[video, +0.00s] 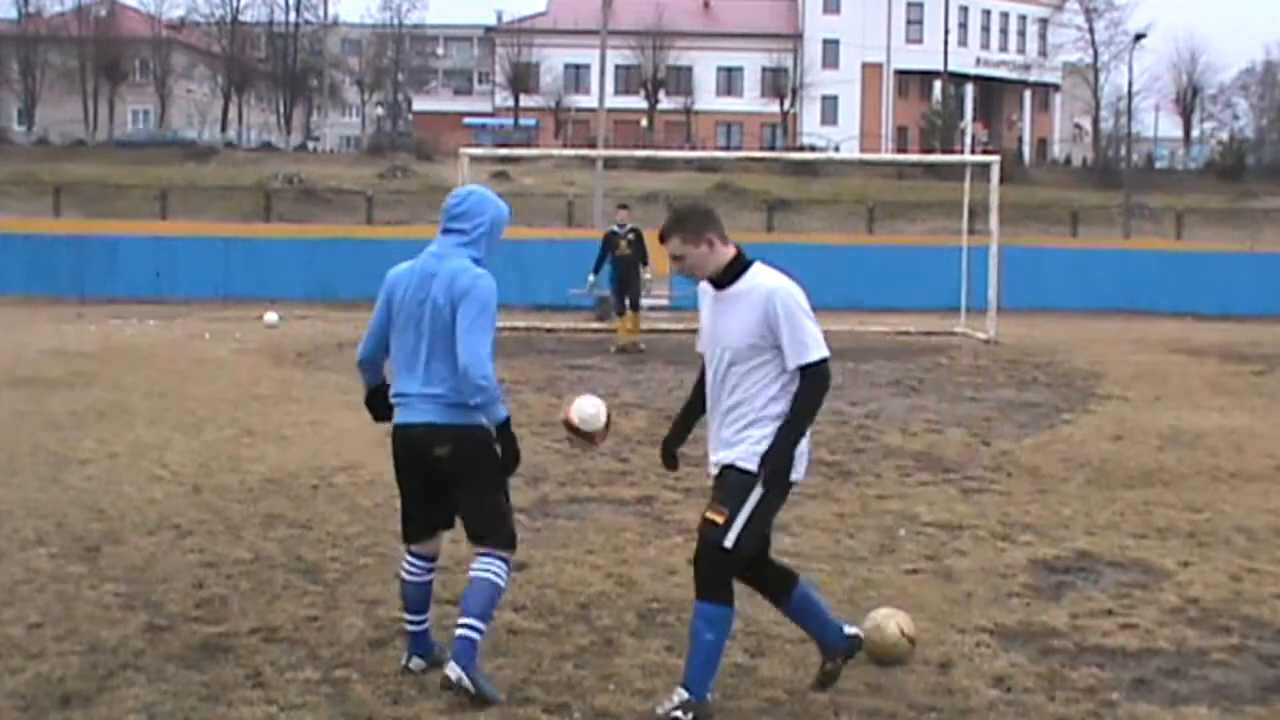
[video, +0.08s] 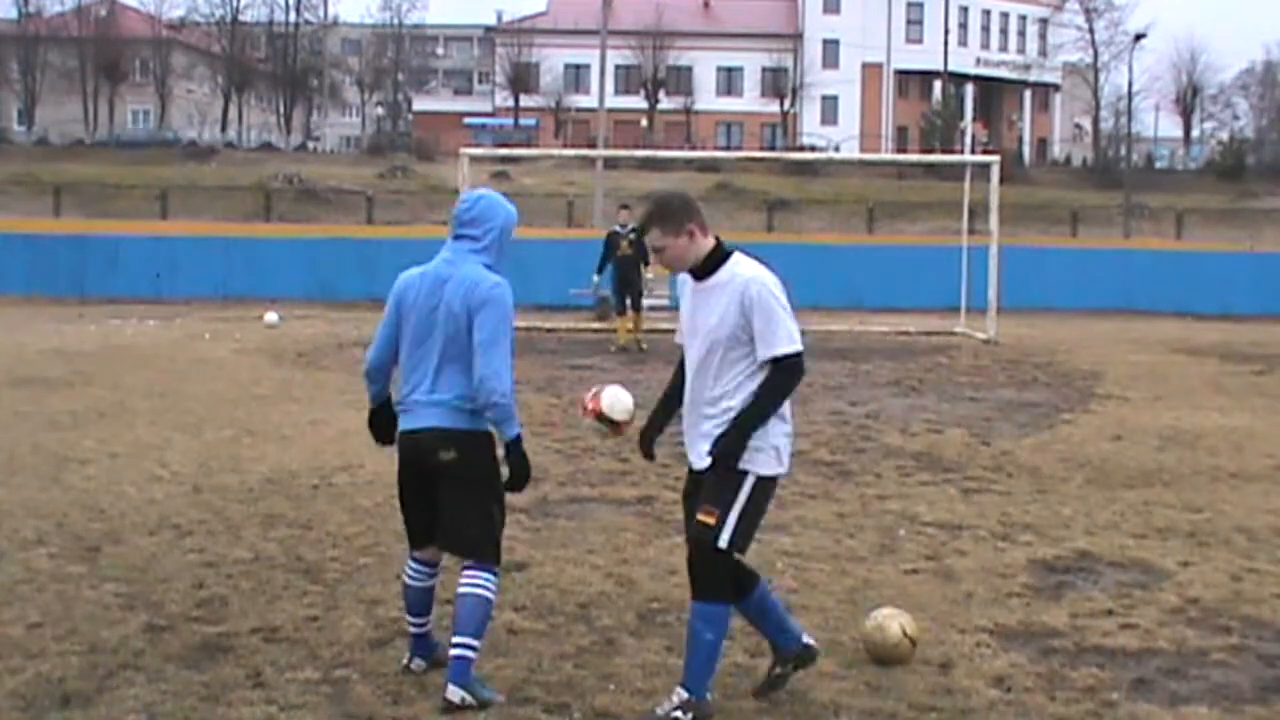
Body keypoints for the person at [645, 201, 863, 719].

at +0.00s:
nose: (680, 267)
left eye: (682, 256)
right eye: (675, 259)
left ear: (713, 242)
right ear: (702, 248)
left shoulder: (776, 292)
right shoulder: (709, 292)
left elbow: (817, 374)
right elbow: (713, 369)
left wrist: (781, 452)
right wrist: (678, 432)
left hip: (763, 456)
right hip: (729, 455)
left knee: (711, 558)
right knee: (750, 563)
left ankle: (693, 697)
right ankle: (836, 639)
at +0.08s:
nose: (657, 261)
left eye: (661, 249)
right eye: (653, 252)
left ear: (694, 234)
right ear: (687, 240)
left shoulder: (755, 284)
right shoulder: (690, 285)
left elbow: (789, 368)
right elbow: (691, 361)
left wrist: (733, 436)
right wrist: (656, 422)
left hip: (749, 450)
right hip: (705, 448)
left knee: (711, 558)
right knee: (708, 557)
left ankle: (693, 697)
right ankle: (792, 645)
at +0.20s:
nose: (631, 250)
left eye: (635, 237)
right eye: (626, 240)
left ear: (670, 222)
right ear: (658, 229)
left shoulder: (728, 273)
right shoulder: (663, 276)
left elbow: (757, 355)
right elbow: (668, 354)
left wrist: (676, 401)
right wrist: (631, 402)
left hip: (727, 444)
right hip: (678, 442)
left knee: (692, 550)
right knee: (676, 552)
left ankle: (696, 691)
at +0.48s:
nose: (568, 256)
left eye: (570, 243)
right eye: (564, 246)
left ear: (599, 226)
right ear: (597, 230)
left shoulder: (668, 278)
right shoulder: (607, 280)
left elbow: (709, 359)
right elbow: (621, 364)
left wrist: (629, 396)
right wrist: (594, 424)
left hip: (666, 448)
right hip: (629, 446)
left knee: (617, 559)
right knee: (669, 560)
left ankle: (607, 704)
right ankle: (706, 679)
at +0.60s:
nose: (537, 255)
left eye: (537, 243)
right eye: (532, 246)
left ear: (564, 227)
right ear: (564, 229)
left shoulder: (636, 279)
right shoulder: (582, 279)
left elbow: (679, 362)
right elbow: (612, 358)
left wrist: (597, 401)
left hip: (633, 451)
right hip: (599, 448)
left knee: (594, 568)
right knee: (626, 562)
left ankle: (599, 709)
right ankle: (689, 666)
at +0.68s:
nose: (522, 246)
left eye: (520, 234)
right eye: (518, 236)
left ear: (537, 225)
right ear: (551, 222)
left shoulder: (609, 277)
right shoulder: (568, 278)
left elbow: (649, 365)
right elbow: (592, 363)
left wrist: (566, 399)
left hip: (613, 454)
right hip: (576, 451)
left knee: (587, 568)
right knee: (574, 566)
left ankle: (599, 710)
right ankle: (664, 654)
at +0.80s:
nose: (494, 230)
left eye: (493, 220)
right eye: (496, 220)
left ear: (501, 220)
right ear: (541, 208)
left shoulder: (562, 274)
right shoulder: (547, 268)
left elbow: (592, 368)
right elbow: (565, 364)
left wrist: (510, 393)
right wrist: (514, 400)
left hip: (581, 454)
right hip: (543, 449)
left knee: (573, 576)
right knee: (512, 552)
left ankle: (598, 709)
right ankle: (597, 658)